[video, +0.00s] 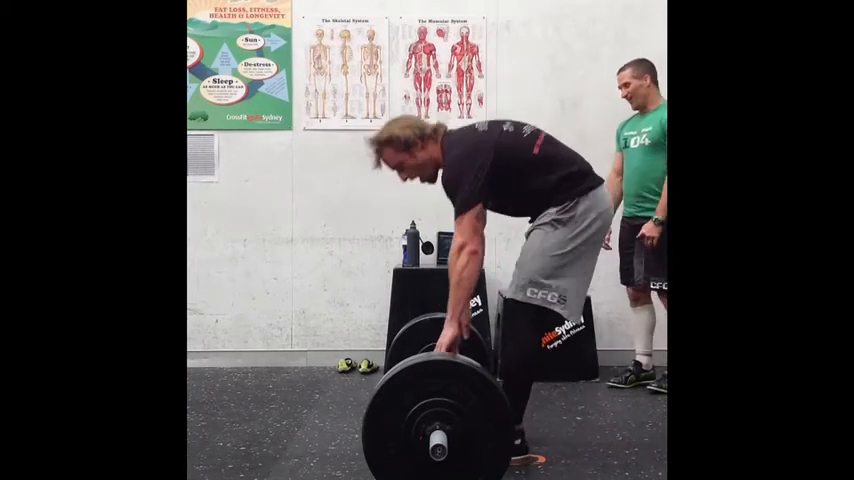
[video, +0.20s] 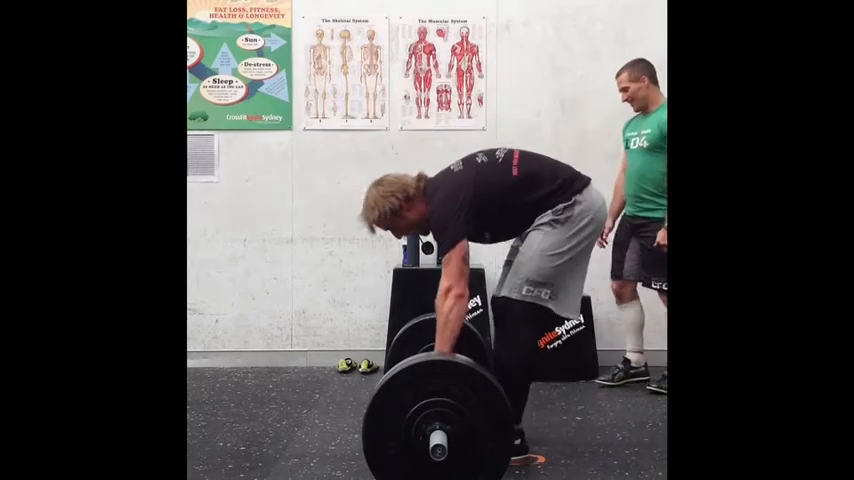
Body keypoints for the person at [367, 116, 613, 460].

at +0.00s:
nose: (403, 177)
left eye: (400, 167)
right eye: (397, 171)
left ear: (417, 146)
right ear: (419, 145)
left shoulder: (462, 157)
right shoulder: (462, 151)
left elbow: (468, 250)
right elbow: (467, 244)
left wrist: (453, 322)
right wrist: (459, 314)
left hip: (573, 205)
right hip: (565, 205)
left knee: (522, 309)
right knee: (519, 308)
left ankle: (511, 430)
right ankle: (508, 427)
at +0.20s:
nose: (398, 235)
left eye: (392, 227)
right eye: (391, 230)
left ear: (404, 206)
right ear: (407, 199)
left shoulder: (447, 202)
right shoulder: (442, 195)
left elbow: (455, 292)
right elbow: (453, 285)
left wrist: (440, 366)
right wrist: (443, 360)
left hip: (568, 209)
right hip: (550, 211)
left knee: (515, 312)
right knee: (506, 309)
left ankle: (510, 434)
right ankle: (503, 428)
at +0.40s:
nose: (394, 254)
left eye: (388, 246)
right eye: (387, 249)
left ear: (399, 227)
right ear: (401, 220)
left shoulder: (439, 218)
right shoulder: (432, 214)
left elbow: (447, 305)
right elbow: (446, 298)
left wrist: (436, 378)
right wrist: (438, 371)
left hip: (563, 208)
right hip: (542, 211)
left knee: (511, 311)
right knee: (500, 308)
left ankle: (504, 433)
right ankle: (495, 426)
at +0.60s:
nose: (394, 259)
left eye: (388, 251)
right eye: (387, 254)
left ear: (397, 230)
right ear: (399, 223)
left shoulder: (436, 220)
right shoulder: (432, 215)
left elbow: (447, 306)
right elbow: (445, 300)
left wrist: (435, 380)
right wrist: (437, 374)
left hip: (556, 204)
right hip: (553, 202)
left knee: (505, 309)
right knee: (502, 307)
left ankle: (504, 433)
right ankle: (501, 427)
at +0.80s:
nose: (395, 258)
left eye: (389, 250)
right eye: (388, 254)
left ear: (398, 226)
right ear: (399, 222)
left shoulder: (435, 219)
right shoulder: (435, 214)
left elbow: (444, 305)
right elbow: (446, 297)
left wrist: (430, 379)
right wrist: (435, 369)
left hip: (557, 205)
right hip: (561, 201)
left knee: (505, 312)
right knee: (507, 310)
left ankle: (504, 434)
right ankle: (503, 429)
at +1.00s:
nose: (396, 258)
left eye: (390, 250)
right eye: (389, 254)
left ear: (399, 224)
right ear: (399, 221)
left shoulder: (435, 220)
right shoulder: (436, 214)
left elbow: (445, 305)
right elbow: (448, 296)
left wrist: (433, 380)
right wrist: (437, 369)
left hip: (557, 205)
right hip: (561, 201)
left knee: (505, 307)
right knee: (507, 306)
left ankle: (504, 435)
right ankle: (501, 429)